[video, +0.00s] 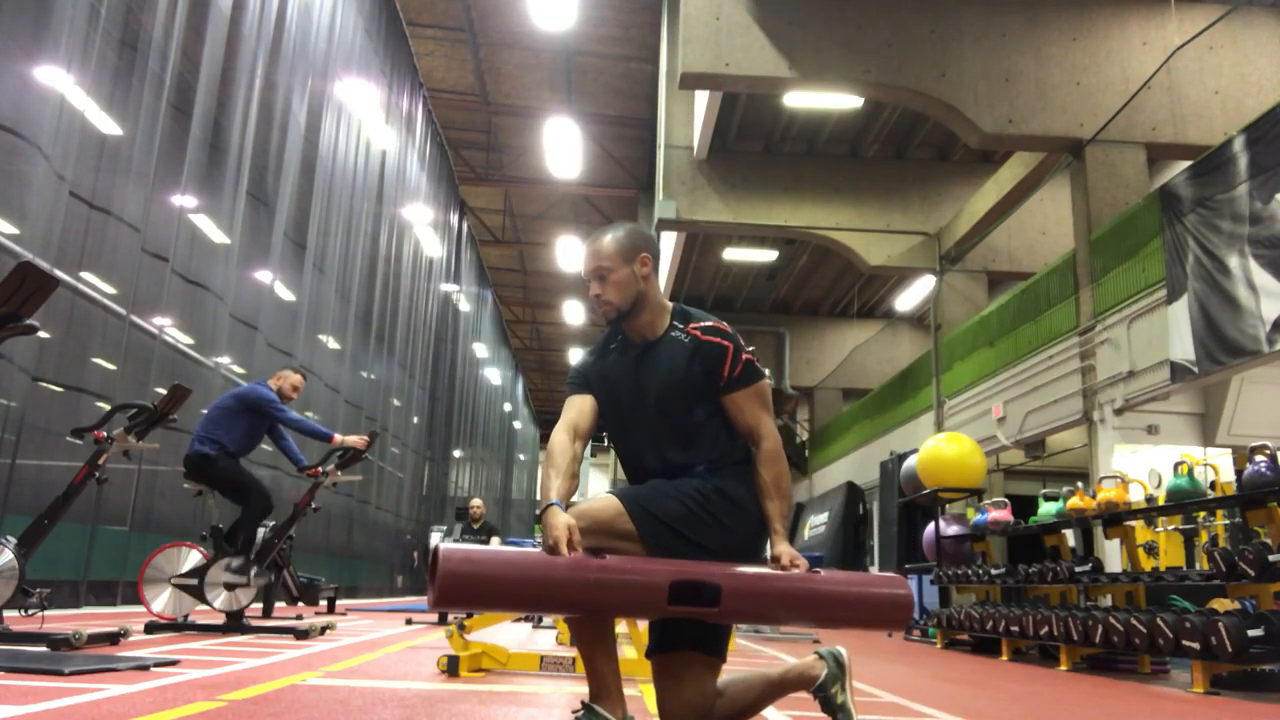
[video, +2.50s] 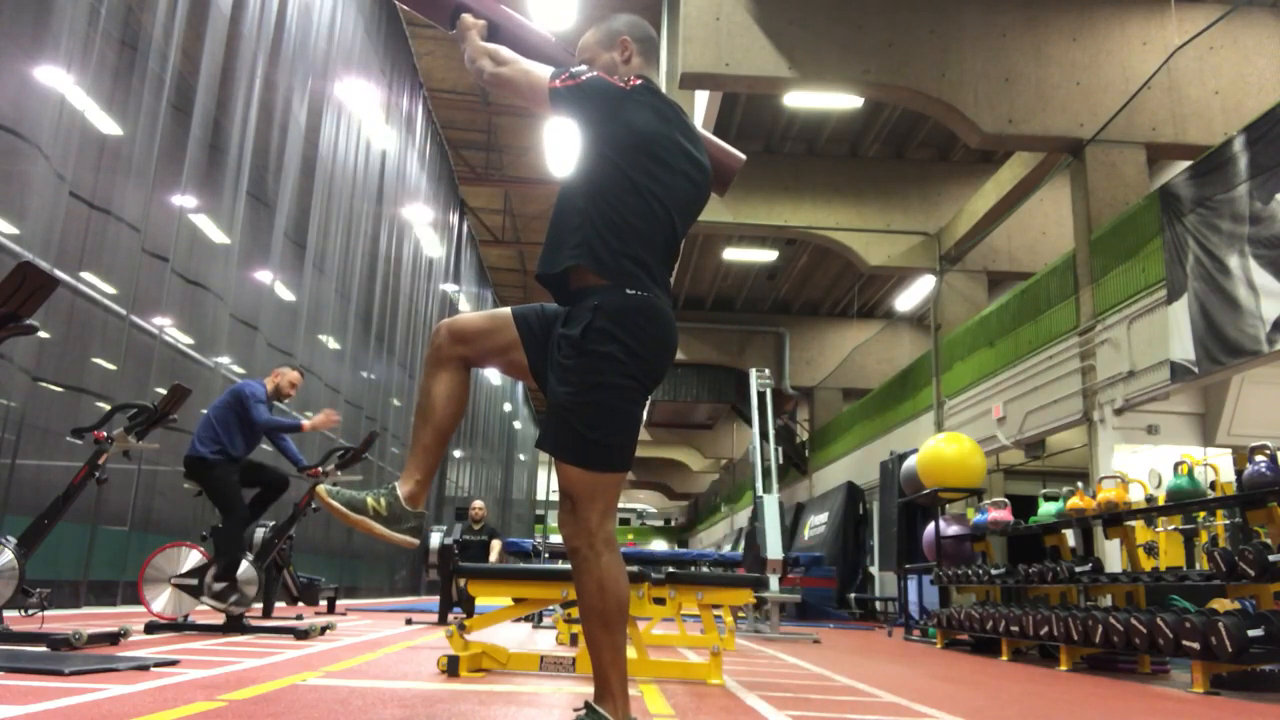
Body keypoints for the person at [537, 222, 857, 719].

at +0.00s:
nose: (593, 292)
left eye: (604, 276)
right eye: (589, 280)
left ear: (644, 268)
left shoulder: (710, 340)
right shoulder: (598, 367)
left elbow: (765, 436)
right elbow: (568, 434)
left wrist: (779, 536)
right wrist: (552, 506)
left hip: (727, 510)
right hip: (669, 525)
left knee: (570, 526)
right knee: (686, 708)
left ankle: (608, 707)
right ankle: (816, 671)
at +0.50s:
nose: (597, 287)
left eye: (608, 271)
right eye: (594, 275)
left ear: (650, 264)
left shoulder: (715, 338)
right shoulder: (604, 359)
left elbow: (768, 439)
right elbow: (575, 429)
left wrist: (782, 539)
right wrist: (566, 502)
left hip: (728, 510)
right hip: (667, 524)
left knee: (574, 523)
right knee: (686, 708)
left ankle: (608, 706)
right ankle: (817, 671)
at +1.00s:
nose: (582, 218)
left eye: (591, 204)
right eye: (578, 208)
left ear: (633, 195)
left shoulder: (689, 268)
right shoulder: (605, 296)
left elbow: (743, 363)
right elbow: (563, 366)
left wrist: (724, 468)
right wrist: (524, 396)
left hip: (701, 454)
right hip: (663, 456)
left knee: (562, 532)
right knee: (711, 652)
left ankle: (607, 707)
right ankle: (846, 669)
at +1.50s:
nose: (595, 96)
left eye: (603, 82)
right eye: (593, 87)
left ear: (644, 70)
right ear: (643, 76)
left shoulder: (656, 129)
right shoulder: (647, 138)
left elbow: (563, 196)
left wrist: (457, 204)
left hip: (650, 345)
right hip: (619, 339)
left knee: (601, 528)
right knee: (491, 397)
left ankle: (614, 707)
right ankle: (573, 529)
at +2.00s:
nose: (584, 76)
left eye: (592, 65)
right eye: (586, 68)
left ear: (629, 56)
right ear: (644, 65)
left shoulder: (615, 96)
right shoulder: (693, 143)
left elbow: (497, 66)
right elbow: (736, 164)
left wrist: (476, 29)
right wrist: (678, 126)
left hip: (618, 322)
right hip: (591, 319)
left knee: (594, 533)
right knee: (454, 331)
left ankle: (612, 706)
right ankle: (397, 489)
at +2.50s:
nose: (583, 75)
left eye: (589, 65)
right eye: (585, 67)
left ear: (624, 57)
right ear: (645, 64)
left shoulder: (611, 98)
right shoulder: (694, 148)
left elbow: (489, 67)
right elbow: (734, 164)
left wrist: (471, 28)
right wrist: (677, 123)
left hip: (611, 324)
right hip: (598, 321)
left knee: (588, 529)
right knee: (453, 337)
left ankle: (613, 707)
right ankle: (409, 495)